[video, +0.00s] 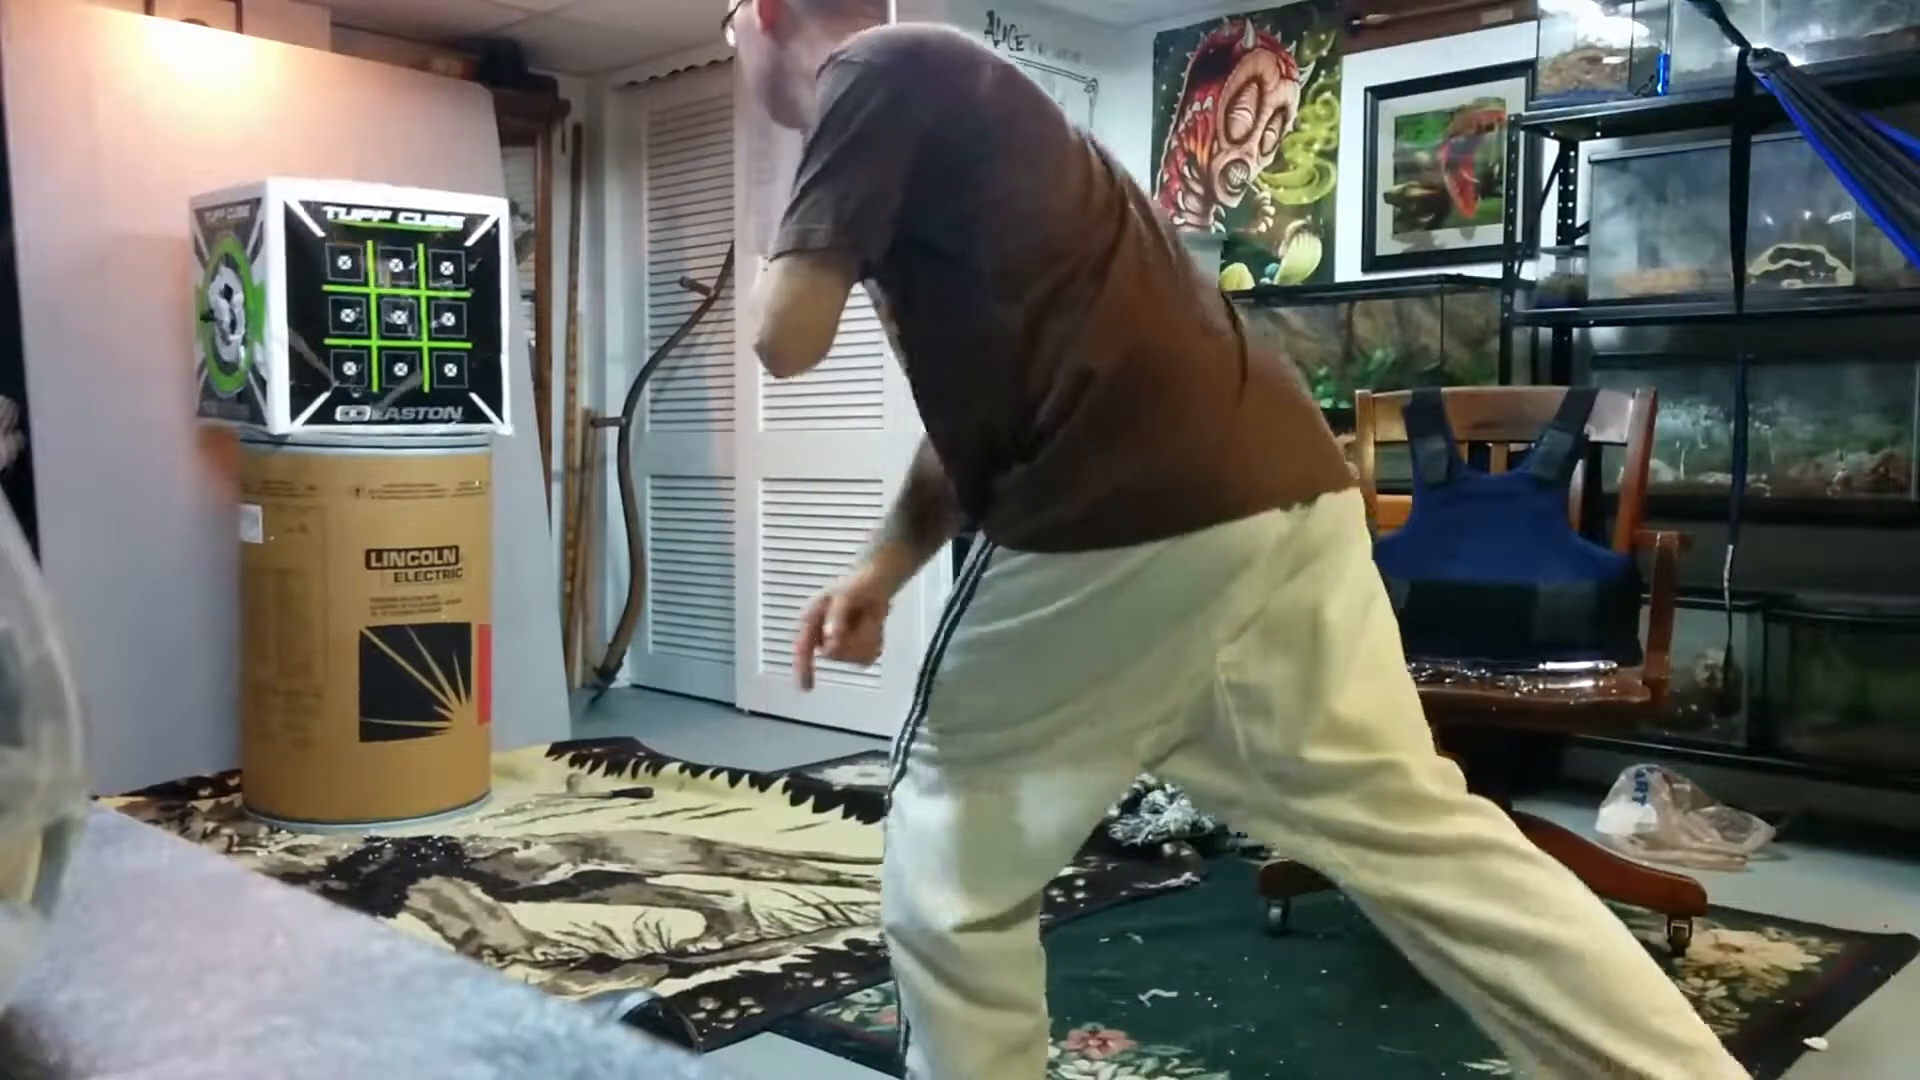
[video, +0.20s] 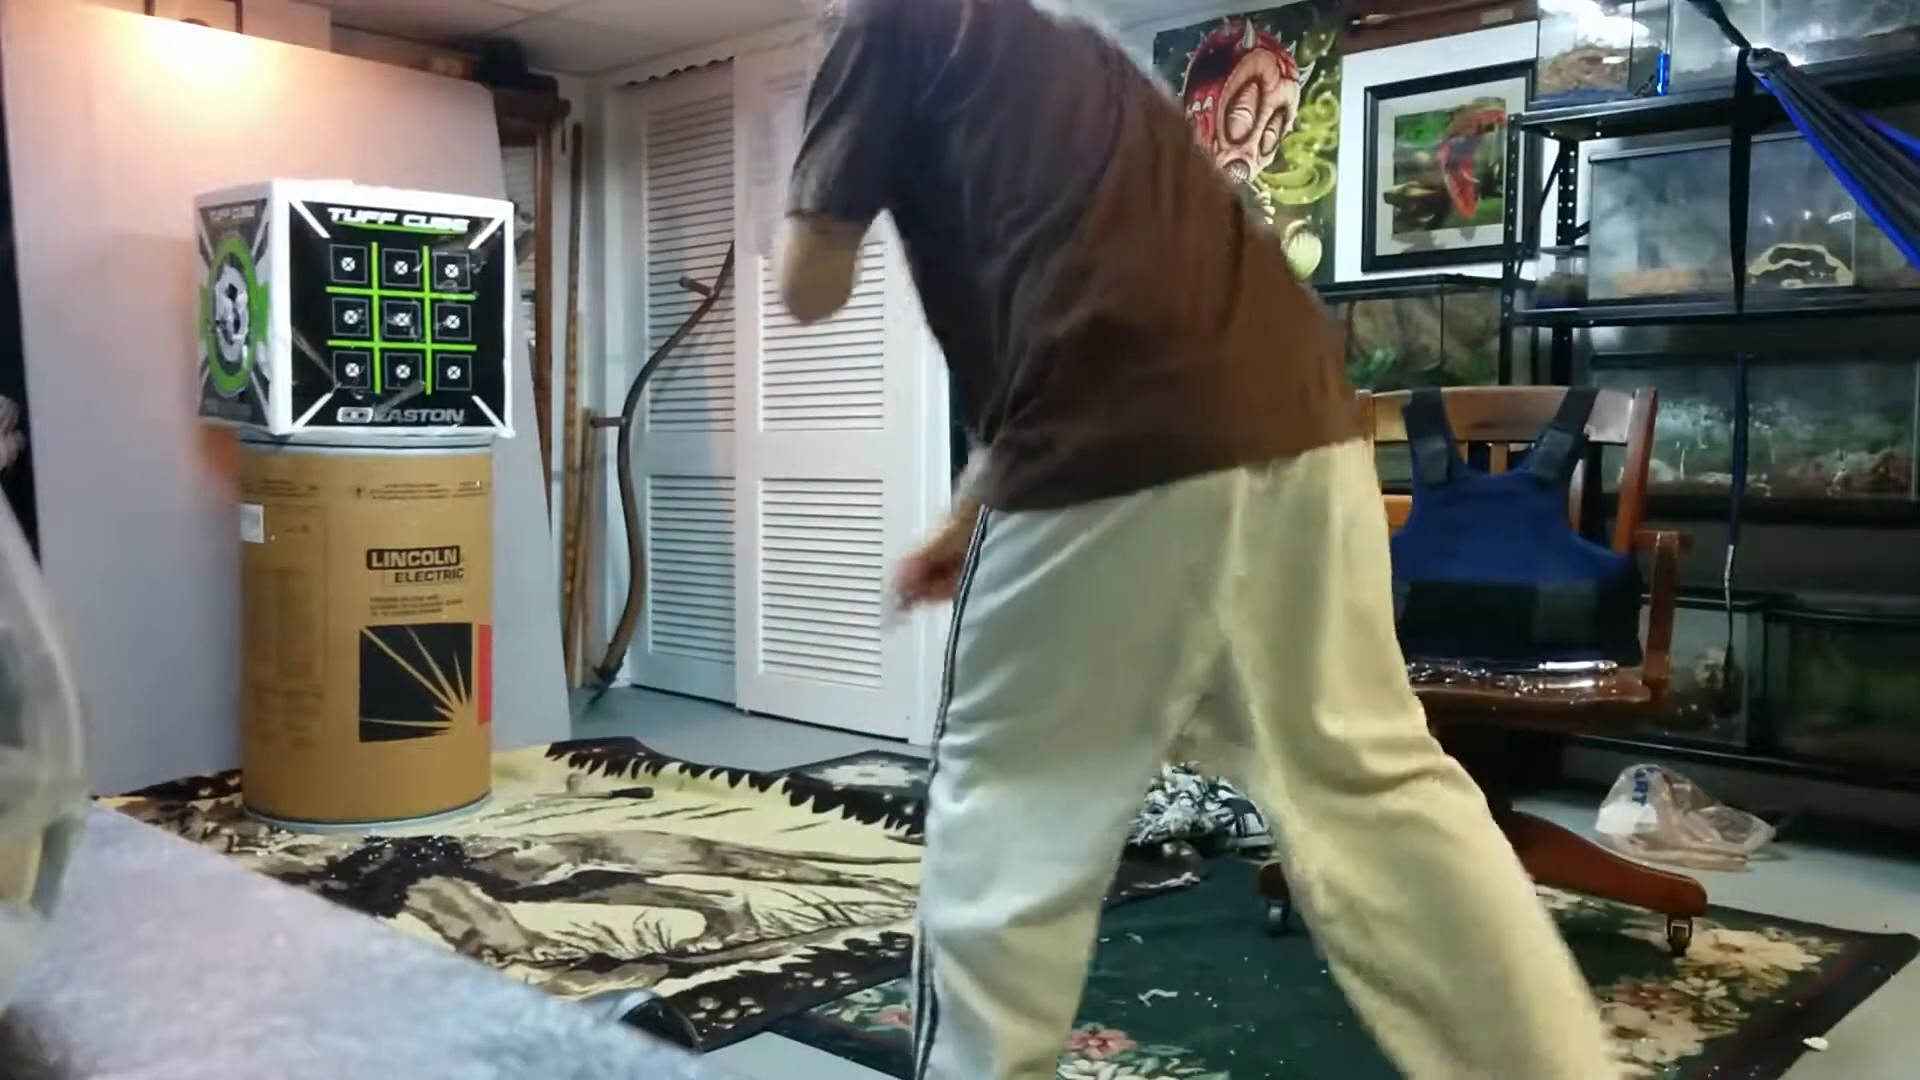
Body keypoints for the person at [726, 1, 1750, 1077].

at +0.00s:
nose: (746, 79)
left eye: (741, 48)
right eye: (743, 56)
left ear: (774, 18)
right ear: (867, 14)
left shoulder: (882, 71)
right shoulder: (1004, 120)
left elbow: (785, 341)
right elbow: (974, 409)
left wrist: (772, 256)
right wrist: (880, 570)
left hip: (1121, 494)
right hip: (1287, 464)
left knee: (955, 828)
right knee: (1412, 819)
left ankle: (992, 1065)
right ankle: (1693, 1068)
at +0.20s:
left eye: (840, 32)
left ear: (872, 10)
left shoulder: (889, 27)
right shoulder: (1085, 55)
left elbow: (809, 290)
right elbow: (1083, 325)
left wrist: (833, 175)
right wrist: (964, 519)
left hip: (1112, 430)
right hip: (1304, 402)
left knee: (1008, 804)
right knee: (1370, 766)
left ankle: (980, 1065)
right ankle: (1566, 1066)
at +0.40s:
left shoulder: (956, 10)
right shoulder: (1209, 7)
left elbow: (894, 229)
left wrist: (984, 106)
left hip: (1138, 393)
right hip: (1333, 374)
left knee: (1050, 790)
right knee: (1379, 771)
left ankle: (992, 1059)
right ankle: (1465, 1059)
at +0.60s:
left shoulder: (1086, 9)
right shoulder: (1348, 13)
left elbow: (1025, 236)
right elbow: (1499, 2)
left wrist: (1135, 229)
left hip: (1220, 399)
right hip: (1412, 395)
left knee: (1112, 773)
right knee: (1410, 758)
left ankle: (1016, 1056)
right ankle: (1448, 1055)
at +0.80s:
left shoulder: (1203, 9)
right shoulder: (1453, 22)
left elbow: (1149, 228)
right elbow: (1515, 209)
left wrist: (1246, 346)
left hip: (1330, 376)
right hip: (1518, 383)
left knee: (1214, 771)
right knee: (1459, 765)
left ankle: (1096, 1058)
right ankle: (1460, 1058)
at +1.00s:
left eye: (1228, 67)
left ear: (1287, 27)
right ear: (1410, 18)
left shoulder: (1268, 56)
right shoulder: (1500, 99)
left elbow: (1219, 247)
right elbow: (1583, 295)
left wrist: (1286, 396)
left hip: (1379, 367)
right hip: (1563, 389)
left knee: (1284, 761)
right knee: (1490, 761)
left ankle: (1194, 1056)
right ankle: (1462, 1053)